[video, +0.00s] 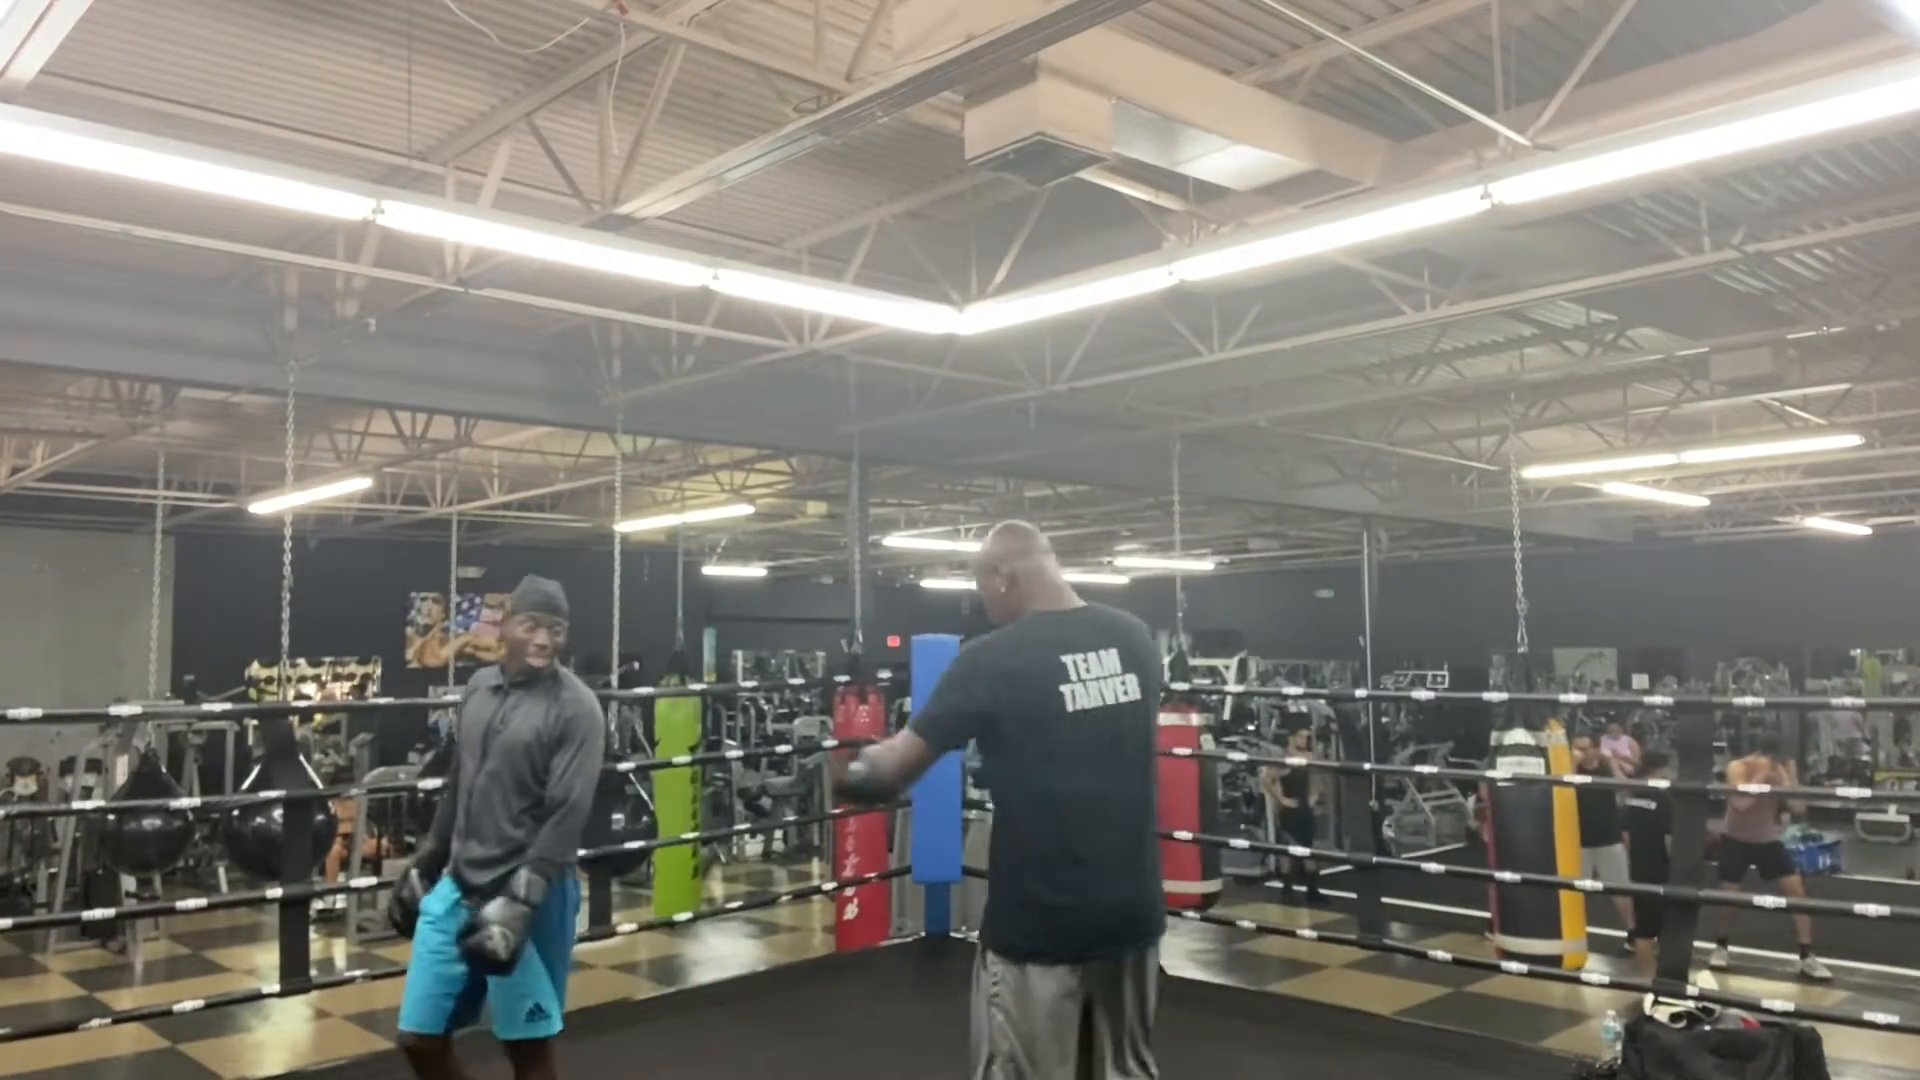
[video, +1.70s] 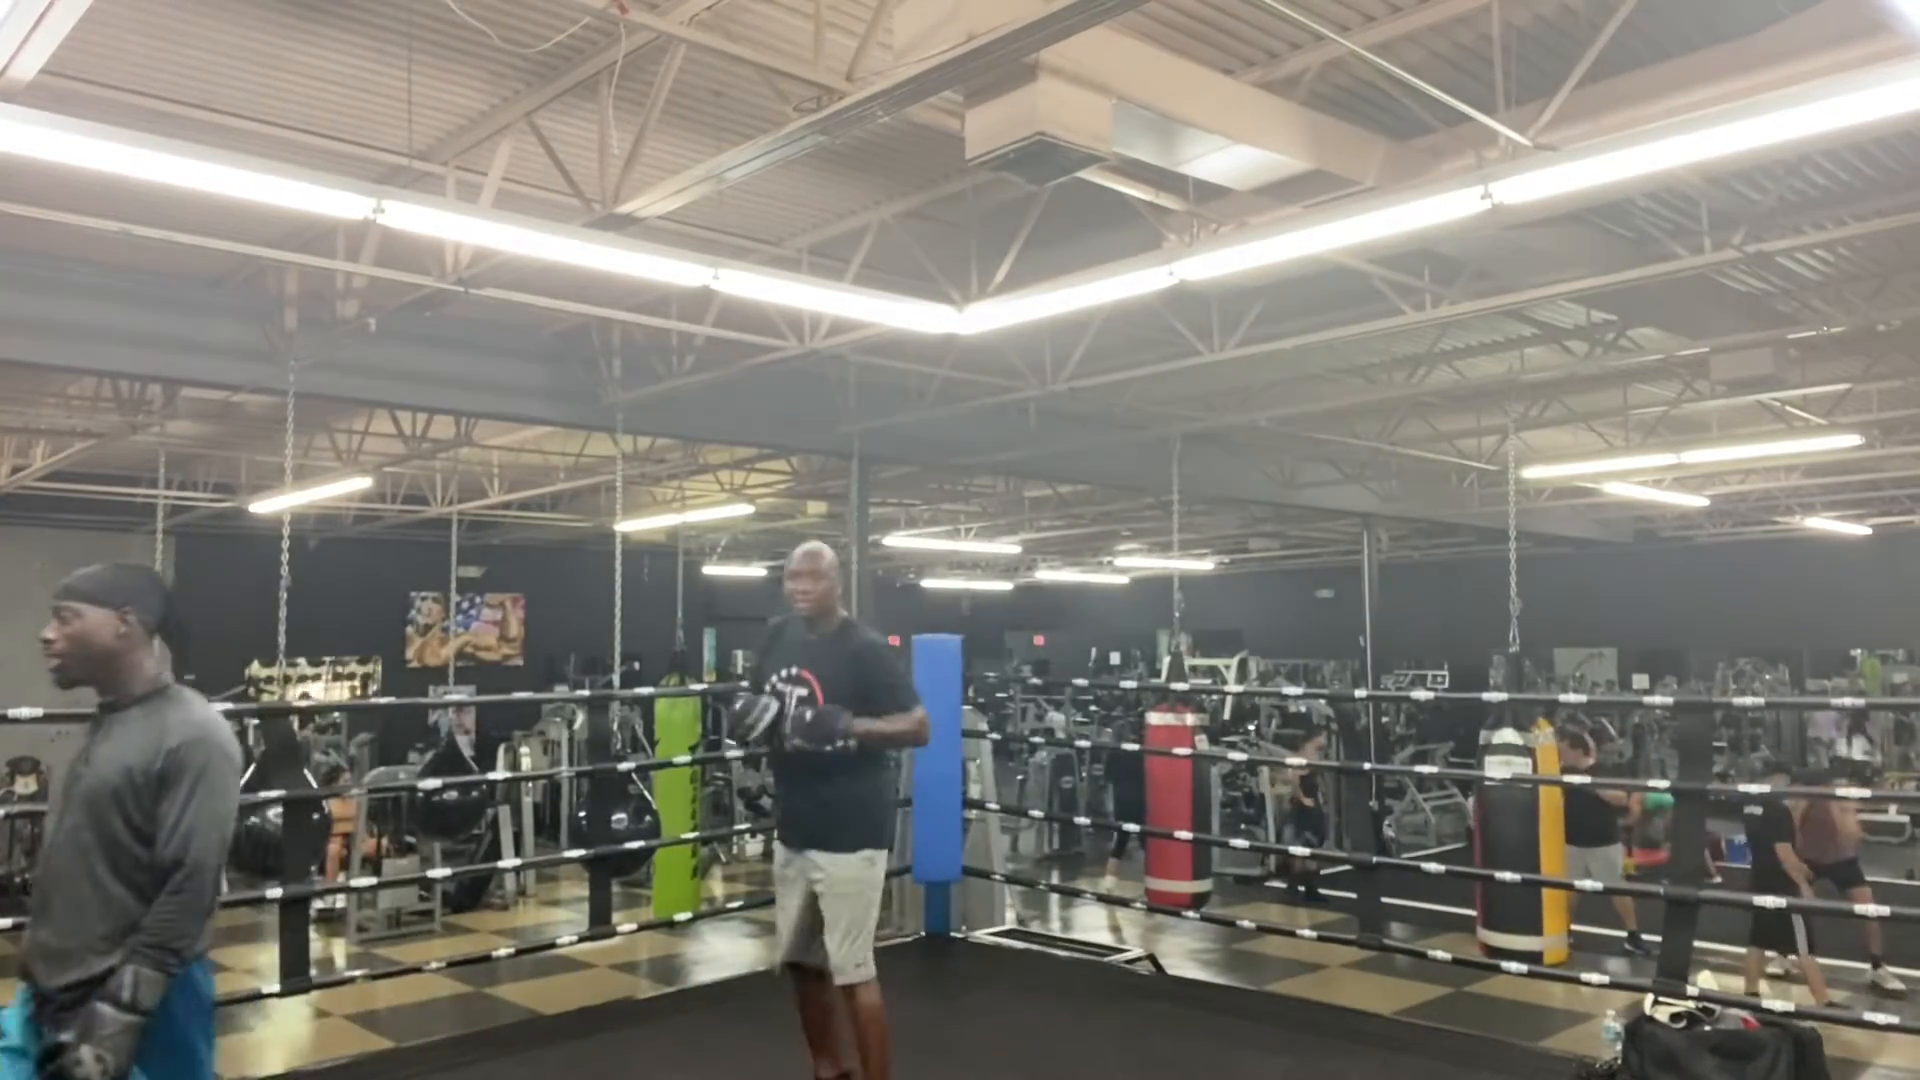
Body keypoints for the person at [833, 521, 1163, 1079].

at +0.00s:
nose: (984, 608)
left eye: (982, 590)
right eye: (981, 592)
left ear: (1004, 576)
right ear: (1055, 566)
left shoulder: (989, 660)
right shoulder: (1134, 635)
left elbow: (896, 765)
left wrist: (861, 766)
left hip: (1036, 918)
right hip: (1133, 909)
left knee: (1021, 1068)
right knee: (1127, 1066)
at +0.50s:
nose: (926, 599)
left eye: (931, 587)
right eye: (927, 588)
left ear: (962, 585)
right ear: (991, 585)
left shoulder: (951, 658)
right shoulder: (1060, 657)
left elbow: (937, 773)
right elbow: (1070, 762)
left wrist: (888, 761)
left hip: (973, 888)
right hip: (1050, 880)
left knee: (965, 1057)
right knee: (1034, 1052)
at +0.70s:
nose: (903, 581)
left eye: (913, 567)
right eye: (906, 569)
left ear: (950, 571)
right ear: (965, 573)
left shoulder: (934, 646)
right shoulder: (1019, 640)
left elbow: (900, 747)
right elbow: (983, 737)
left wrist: (856, 723)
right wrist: (890, 721)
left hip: (945, 866)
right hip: (1025, 860)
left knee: (899, 1018)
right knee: (1026, 1030)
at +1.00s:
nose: (844, 592)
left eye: (855, 581)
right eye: (846, 582)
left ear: (895, 587)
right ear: (901, 589)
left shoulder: (886, 665)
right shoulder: (951, 645)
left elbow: (872, 775)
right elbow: (936, 746)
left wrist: (822, 744)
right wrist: (862, 723)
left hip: (898, 874)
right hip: (965, 864)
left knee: (863, 1013)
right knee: (968, 1013)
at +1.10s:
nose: (818, 599)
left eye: (829, 588)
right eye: (819, 588)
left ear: (870, 592)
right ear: (872, 593)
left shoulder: (871, 671)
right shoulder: (919, 647)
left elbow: (855, 776)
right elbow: (912, 740)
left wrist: (807, 745)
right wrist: (844, 715)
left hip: (878, 866)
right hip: (922, 854)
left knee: (857, 1017)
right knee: (908, 988)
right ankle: (963, 1071)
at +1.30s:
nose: (799, 595)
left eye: (809, 583)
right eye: (800, 583)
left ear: (848, 587)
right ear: (846, 589)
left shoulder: (867, 657)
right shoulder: (854, 650)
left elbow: (861, 769)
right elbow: (846, 746)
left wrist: (797, 743)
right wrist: (801, 735)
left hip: (871, 867)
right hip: (855, 861)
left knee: (861, 1017)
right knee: (856, 1010)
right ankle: (878, 1073)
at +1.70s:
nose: (802, 587)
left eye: (813, 577)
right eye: (793, 578)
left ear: (838, 584)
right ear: (784, 584)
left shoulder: (866, 649)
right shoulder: (780, 639)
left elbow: (918, 726)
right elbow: (766, 709)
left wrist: (847, 726)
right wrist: (754, 716)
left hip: (854, 840)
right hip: (794, 836)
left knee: (853, 969)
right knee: (804, 966)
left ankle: (876, 1074)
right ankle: (829, 1070)